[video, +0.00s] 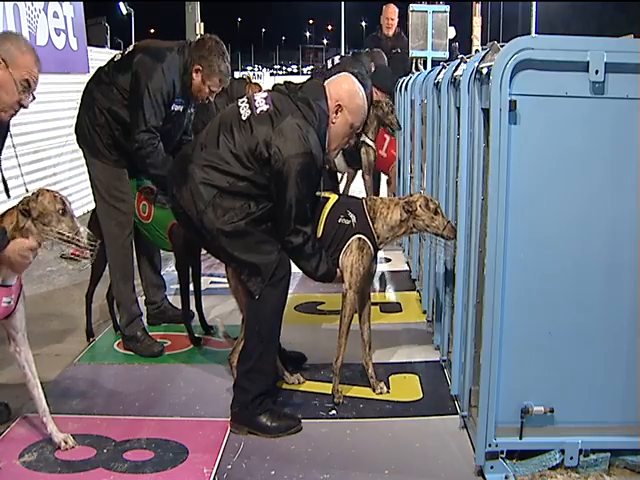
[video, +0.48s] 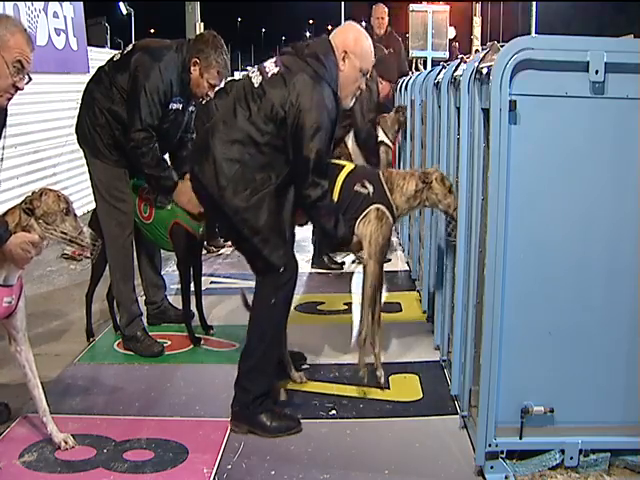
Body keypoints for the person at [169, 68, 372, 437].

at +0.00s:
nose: (349, 139)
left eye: (354, 131)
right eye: (352, 129)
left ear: (331, 104)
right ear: (335, 110)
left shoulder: (295, 105)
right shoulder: (299, 149)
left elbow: (306, 199)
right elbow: (293, 230)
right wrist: (332, 268)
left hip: (202, 179)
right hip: (208, 196)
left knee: (269, 266)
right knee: (273, 272)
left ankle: (265, 351)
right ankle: (251, 404)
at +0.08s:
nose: (350, 136)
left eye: (355, 128)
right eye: (352, 126)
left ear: (332, 103)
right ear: (335, 107)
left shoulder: (296, 108)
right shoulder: (300, 146)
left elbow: (311, 199)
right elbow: (294, 229)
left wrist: (341, 234)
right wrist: (331, 268)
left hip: (203, 179)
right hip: (209, 194)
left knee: (269, 265)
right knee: (273, 272)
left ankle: (264, 351)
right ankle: (251, 404)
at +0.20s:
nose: (352, 127)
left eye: (356, 119)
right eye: (353, 117)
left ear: (333, 94)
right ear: (336, 100)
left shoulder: (298, 95)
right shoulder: (302, 139)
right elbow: (296, 225)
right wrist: (336, 260)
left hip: (204, 178)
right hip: (212, 195)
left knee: (270, 266)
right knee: (276, 275)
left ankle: (265, 351)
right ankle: (251, 404)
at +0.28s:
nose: (352, 119)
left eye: (357, 111)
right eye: (354, 108)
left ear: (334, 86)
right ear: (337, 90)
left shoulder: (296, 89)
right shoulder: (305, 129)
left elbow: (302, 189)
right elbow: (298, 216)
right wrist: (337, 255)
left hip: (205, 174)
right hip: (214, 191)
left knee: (272, 267)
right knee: (278, 275)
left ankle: (266, 353)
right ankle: (251, 403)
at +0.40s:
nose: (356, 98)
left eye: (361, 89)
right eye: (358, 87)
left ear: (337, 66)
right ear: (340, 71)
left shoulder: (299, 74)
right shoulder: (311, 111)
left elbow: (305, 174)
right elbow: (306, 195)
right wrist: (336, 242)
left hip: (213, 165)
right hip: (221, 181)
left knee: (276, 267)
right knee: (277, 274)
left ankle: (266, 355)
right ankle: (250, 405)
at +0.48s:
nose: (360, 84)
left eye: (364, 75)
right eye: (361, 73)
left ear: (338, 53)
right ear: (342, 56)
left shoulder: (304, 66)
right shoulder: (316, 94)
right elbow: (312, 177)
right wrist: (336, 232)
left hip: (218, 158)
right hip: (225, 170)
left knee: (279, 267)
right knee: (278, 272)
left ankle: (269, 356)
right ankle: (250, 404)